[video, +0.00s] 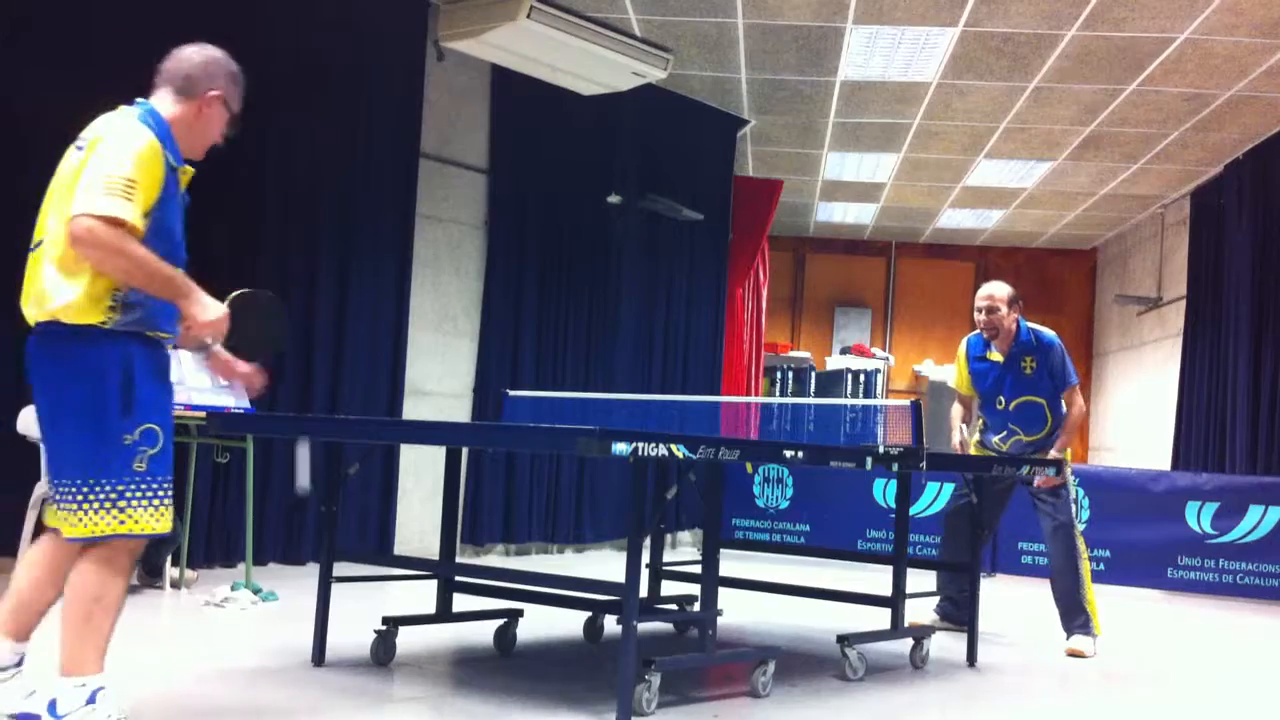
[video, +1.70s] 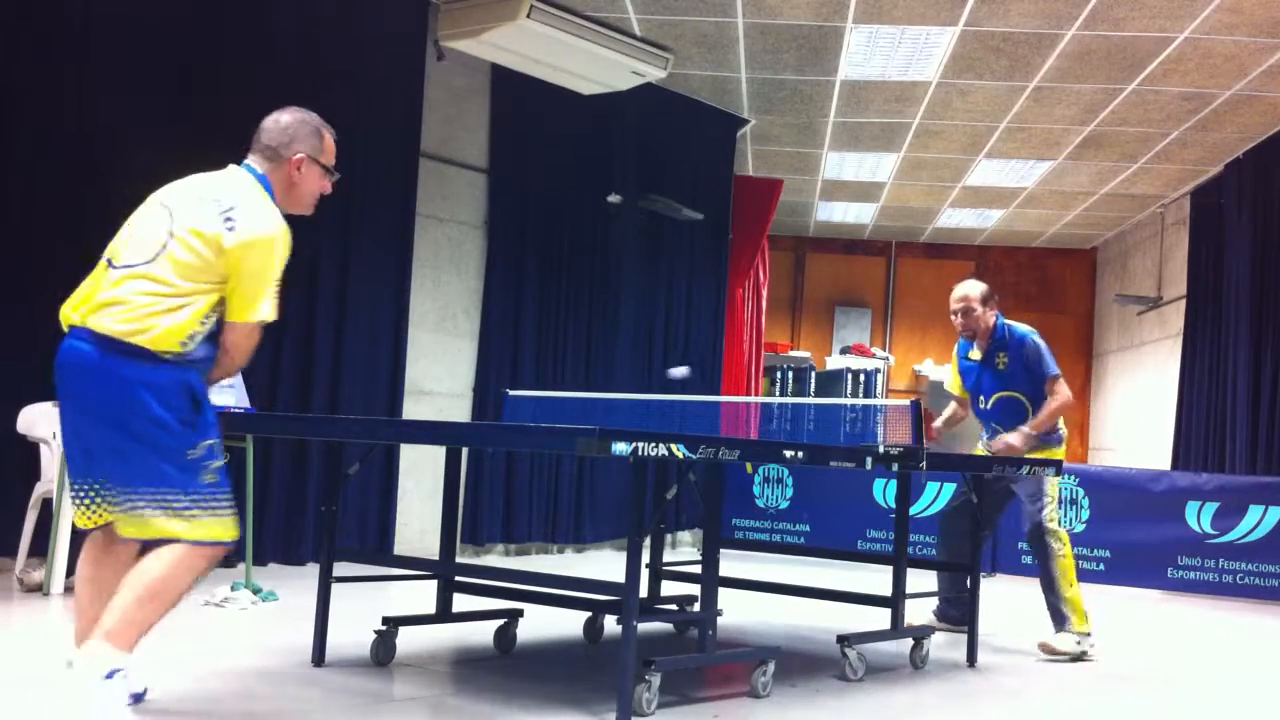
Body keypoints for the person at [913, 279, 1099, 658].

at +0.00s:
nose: (984, 318)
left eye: (992, 311)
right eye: (979, 311)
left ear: (1014, 313)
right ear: (973, 314)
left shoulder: (1045, 343)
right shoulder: (970, 347)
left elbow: (1077, 406)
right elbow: (963, 401)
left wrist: (1056, 453)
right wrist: (958, 430)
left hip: (1043, 454)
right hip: (991, 453)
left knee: (1062, 533)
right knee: (959, 522)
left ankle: (1080, 631)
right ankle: (954, 613)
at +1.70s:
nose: (958, 321)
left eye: (966, 312)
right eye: (954, 315)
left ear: (990, 310)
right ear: (953, 316)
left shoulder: (1023, 339)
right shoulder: (962, 349)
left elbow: (1062, 396)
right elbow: (962, 404)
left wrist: (1025, 434)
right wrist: (940, 425)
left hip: (1038, 453)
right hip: (994, 452)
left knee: (1043, 529)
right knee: (955, 523)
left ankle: (1075, 631)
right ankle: (954, 613)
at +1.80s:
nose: (958, 330)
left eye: (965, 321)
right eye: (953, 323)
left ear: (989, 317)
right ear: (951, 324)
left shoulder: (1017, 344)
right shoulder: (971, 354)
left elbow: (1038, 400)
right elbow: (966, 414)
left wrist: (986, 420)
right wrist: (929, 443)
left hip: (1044, 455)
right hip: (1006, 456)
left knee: (1042, 530)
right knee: (960, 519)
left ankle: (1078, 640)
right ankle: (954, 615)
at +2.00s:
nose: (944, 352)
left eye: (947, 343)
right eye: (941, 345)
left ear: (970, 336)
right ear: (972, 337)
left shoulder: (989, 356)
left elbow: (1004, 364)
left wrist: (1010, 366)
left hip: (1044, 462)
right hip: (1014, 463)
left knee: (1018, 538)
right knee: (965, 518)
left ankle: (1074, 639)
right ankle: (954, 615)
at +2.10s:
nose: (943, 354)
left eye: (946, 345)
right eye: (941, 347)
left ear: (968, 338)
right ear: (967, 339)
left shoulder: (996, 361)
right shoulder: (984, 363)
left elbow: (1043, 372)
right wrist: (1091, 437)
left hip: (1041, 465)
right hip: (1009, 466)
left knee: (1018, 540)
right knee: (962, 519)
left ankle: (1074, 639)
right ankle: (953, 615)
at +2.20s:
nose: (954, 342)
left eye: (956, 333)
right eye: (952, 334)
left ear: (979, 327)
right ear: (974, 329)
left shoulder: (1018, 352)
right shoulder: (989, 360)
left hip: (1038, 463)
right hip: (1005, 464)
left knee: (1026, 536)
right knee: (956, 522)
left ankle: (1076, 640)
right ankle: (952, 614)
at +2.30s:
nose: (974, 326)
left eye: (979, 318)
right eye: (972, 318)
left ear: (1006, 312)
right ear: (992, 315)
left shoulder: (1045, 341)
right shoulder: (991, 347)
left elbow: (1093, 386)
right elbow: (979, 392)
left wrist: (1105, 437)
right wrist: (934, 391)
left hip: (1040, 456)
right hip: (1001, 454)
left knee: (1047, 535)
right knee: (960, 520)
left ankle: (1078, 639)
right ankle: (952, 614)